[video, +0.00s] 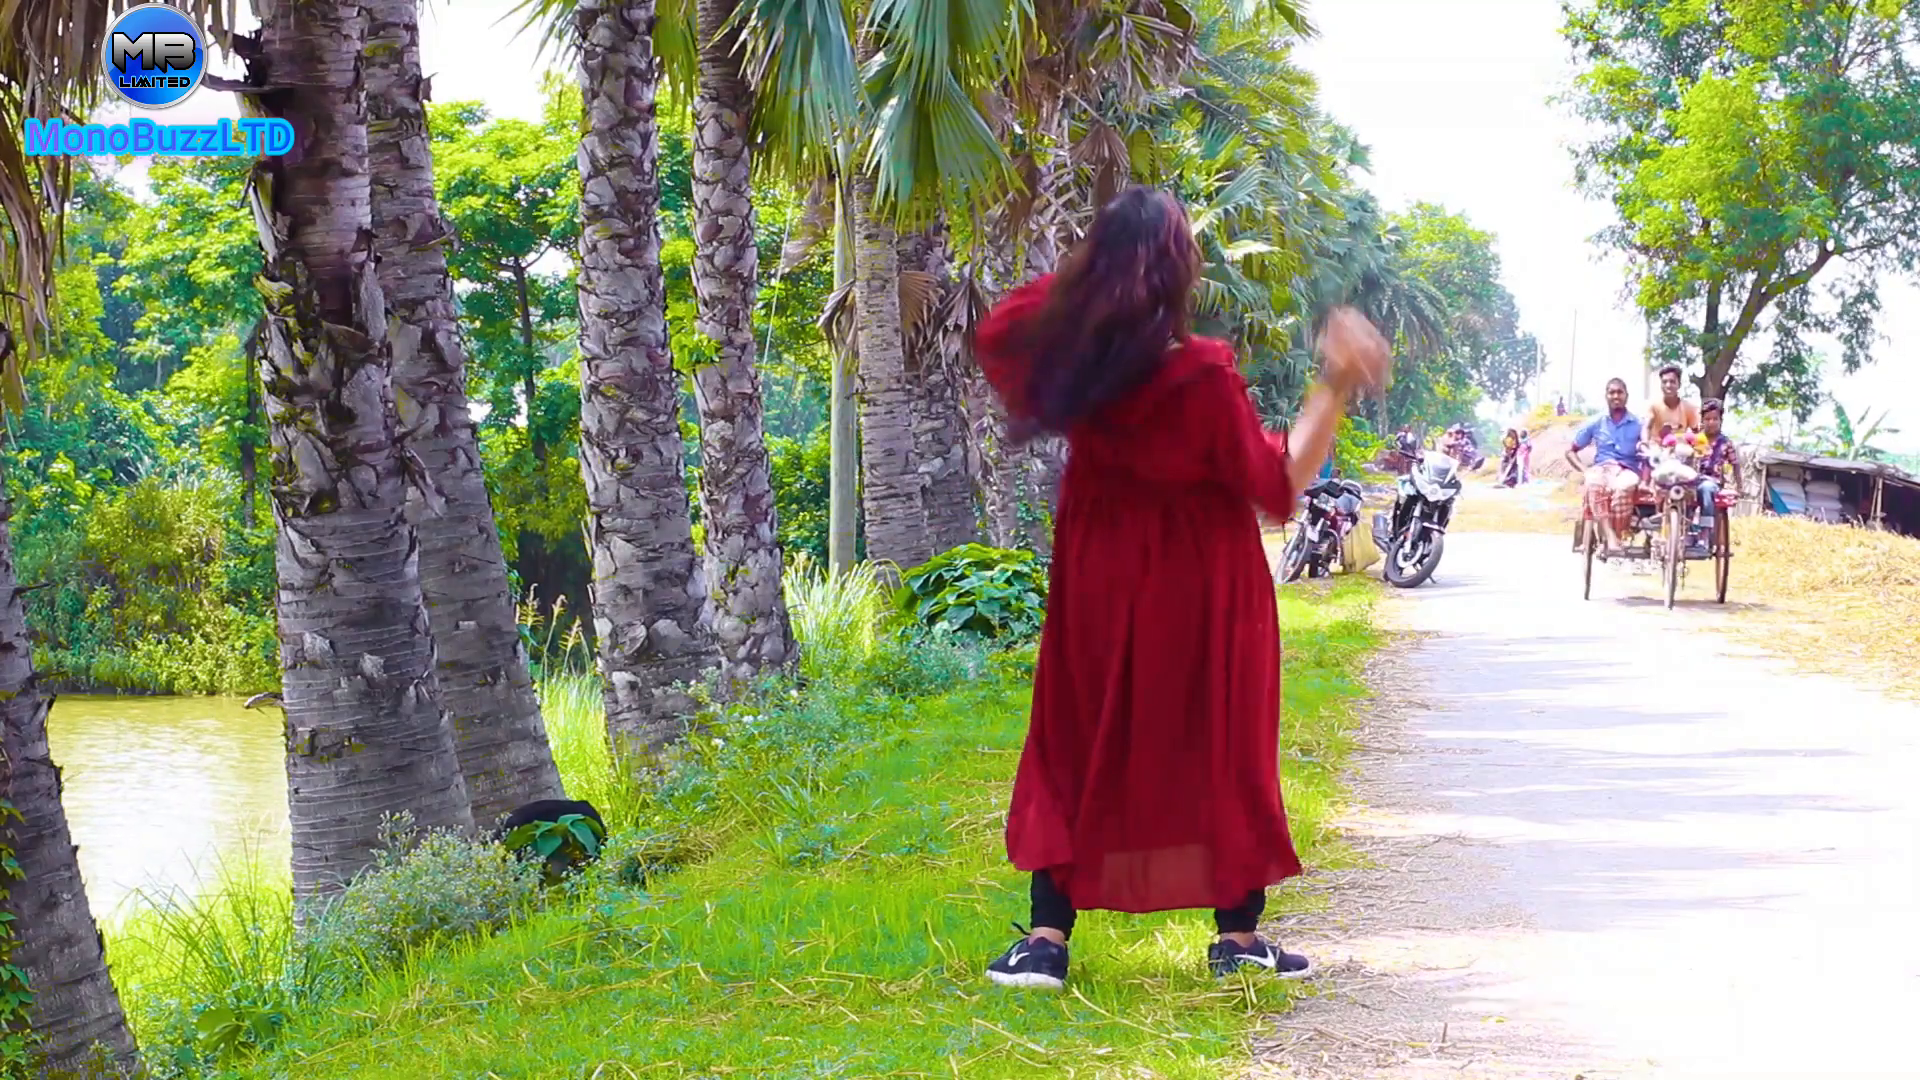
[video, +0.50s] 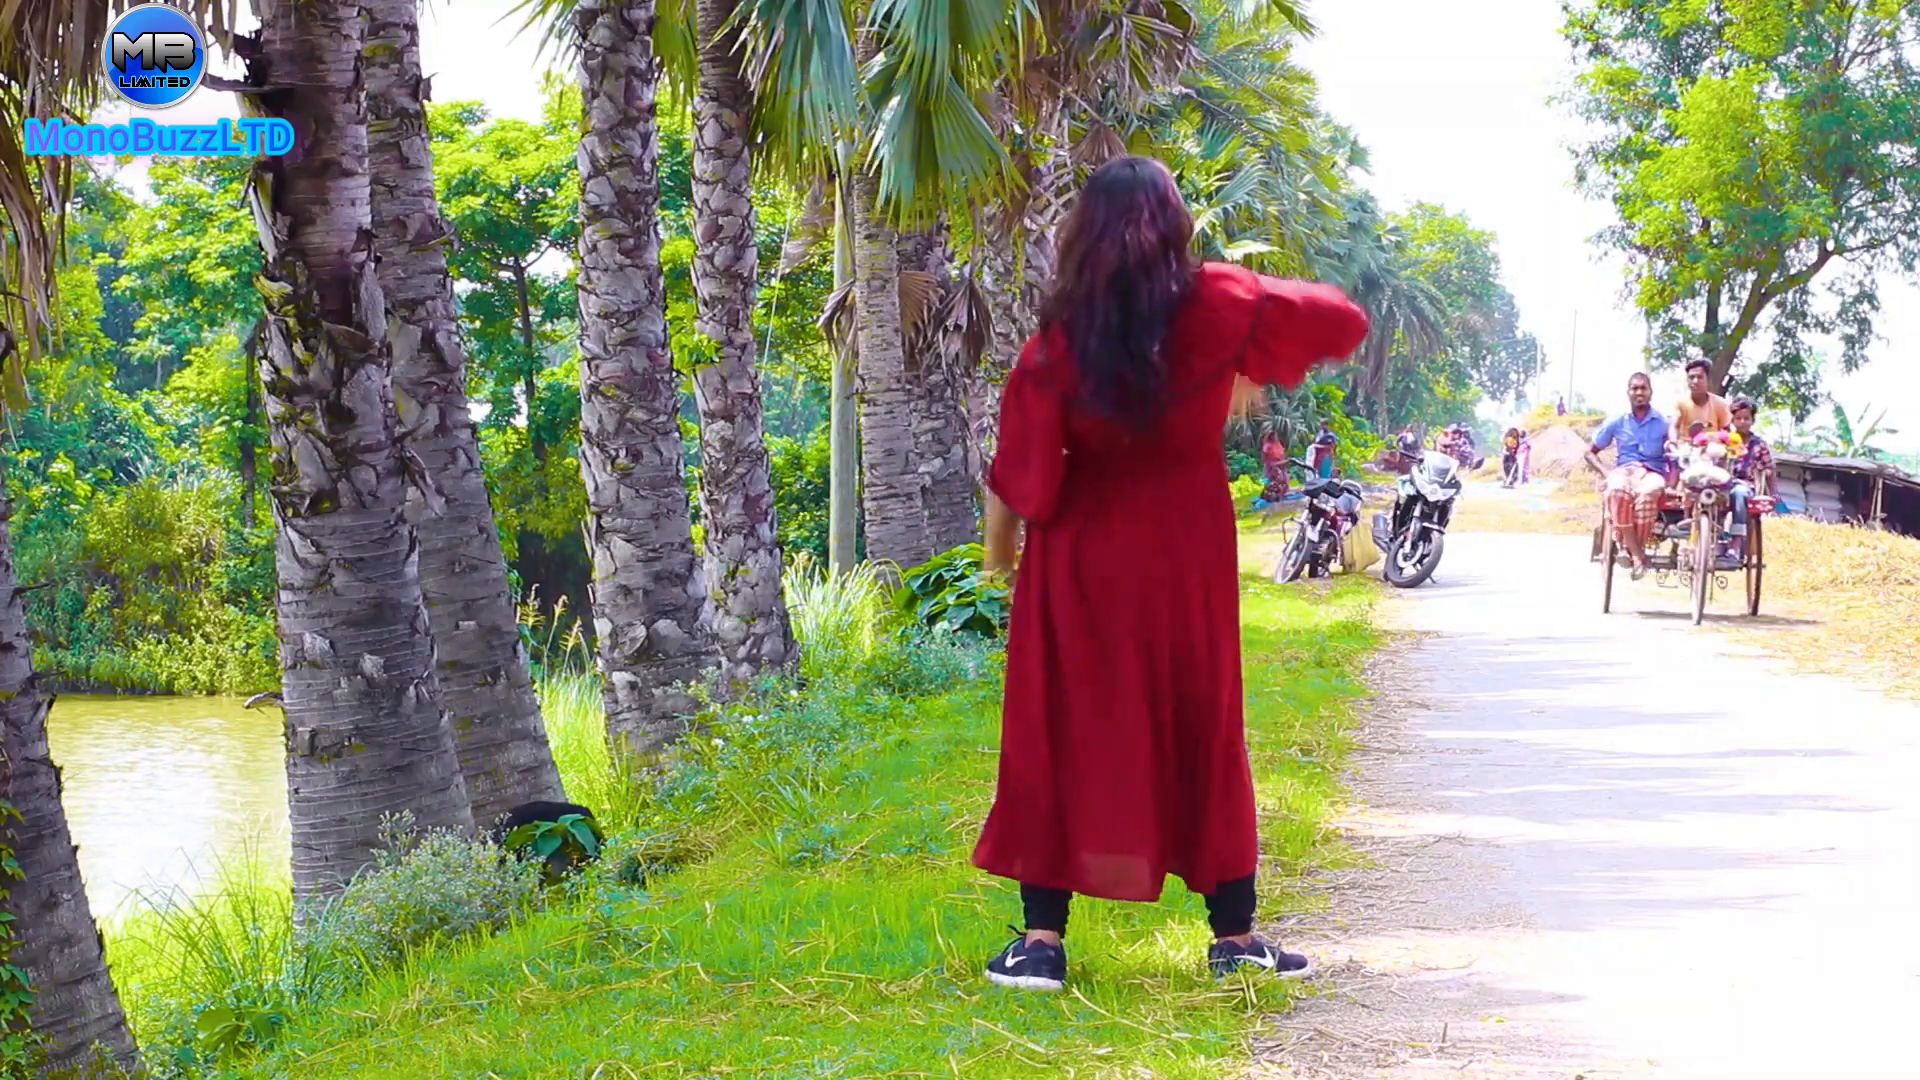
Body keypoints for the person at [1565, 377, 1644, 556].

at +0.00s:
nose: (1616, 396)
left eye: (1620, 392)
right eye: (1611, 392)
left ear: (1626, 395)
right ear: (1606, 396)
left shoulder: (1637, 424)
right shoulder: (1598, 422)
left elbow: (1646, 453)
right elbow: (1570, 452)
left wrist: (1646, 481)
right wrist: (1584, 470)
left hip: (1628, 468)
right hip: (1602, 466)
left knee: (1622, 490)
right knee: (1594, 487)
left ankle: (1615, 540)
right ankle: (1610, 536)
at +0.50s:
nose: (1639, 392)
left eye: (1643, 388)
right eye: (1634, 388)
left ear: (1651, 392)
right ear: (1628, 392)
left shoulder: (1662, 423)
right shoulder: (1618, 422)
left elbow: (1673, 458)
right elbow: (1589, 452)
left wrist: (1672, 485)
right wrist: (1605, 472)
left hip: (1653, 470)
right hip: (1624, 468)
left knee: (1648, 495)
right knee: (1617, 493)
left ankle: (1637, 551)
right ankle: (1636, 556)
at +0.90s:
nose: (1662, 388)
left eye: (1667, 383)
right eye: (1657, 383)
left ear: (1675, 387)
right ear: (1650, 387)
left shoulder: (1686, 420)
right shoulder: (1640, 419)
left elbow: (1697, 458)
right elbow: (1607, 451)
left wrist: (1695, 487)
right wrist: (1626, 474)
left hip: (1675, 472)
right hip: (1644, 470)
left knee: (1669, 496)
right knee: (1637, 495)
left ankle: (1660, 559)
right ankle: (1655, 561)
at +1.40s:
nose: (1692, 377)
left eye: (1697, 372)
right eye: (1686, 372)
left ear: (1707, 376)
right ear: (1678, 377)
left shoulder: (1721, 412)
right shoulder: (1670, 412)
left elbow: (1732, 455)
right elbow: (1635, 450)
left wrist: (1730, 486)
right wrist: (1657, 473)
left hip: (1708, 469)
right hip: (1674, 467)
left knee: (1701, 499)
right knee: (1668, 496)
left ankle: (1688, 567)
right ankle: (1688, 572)